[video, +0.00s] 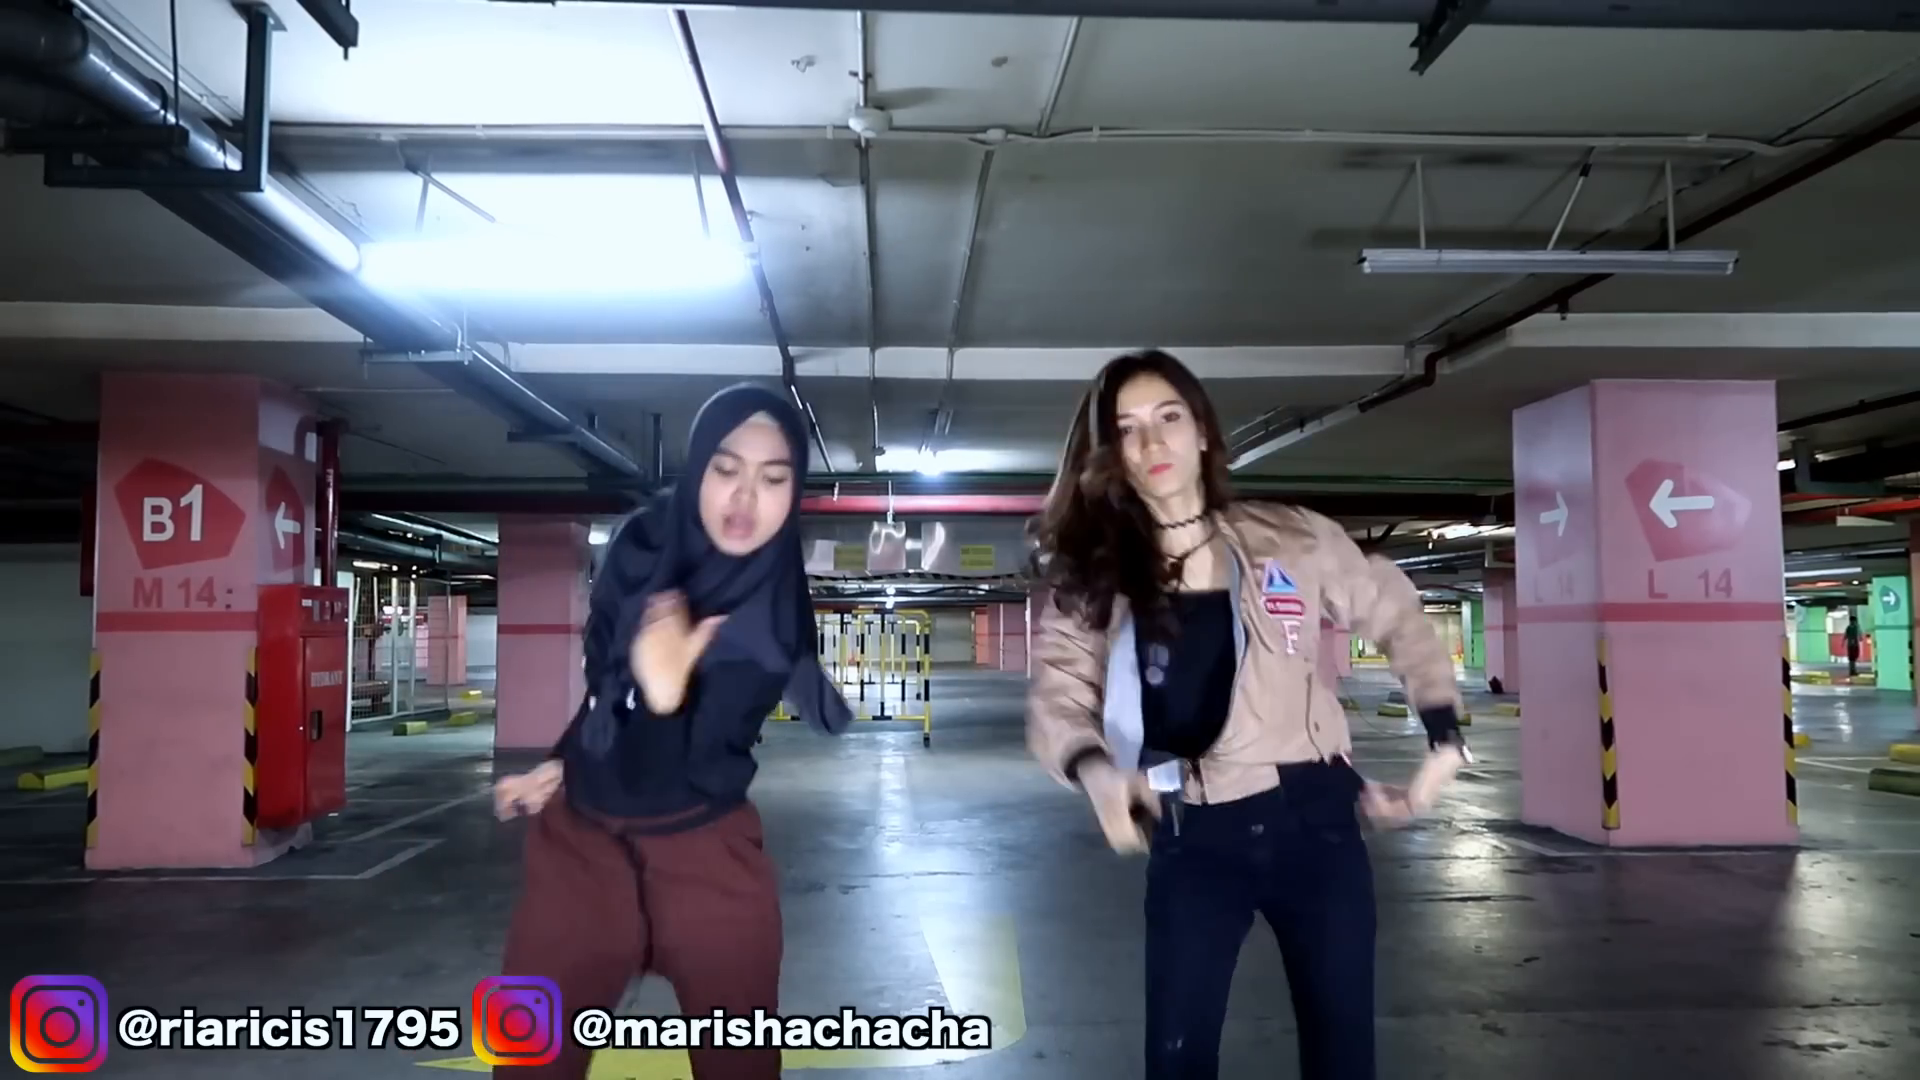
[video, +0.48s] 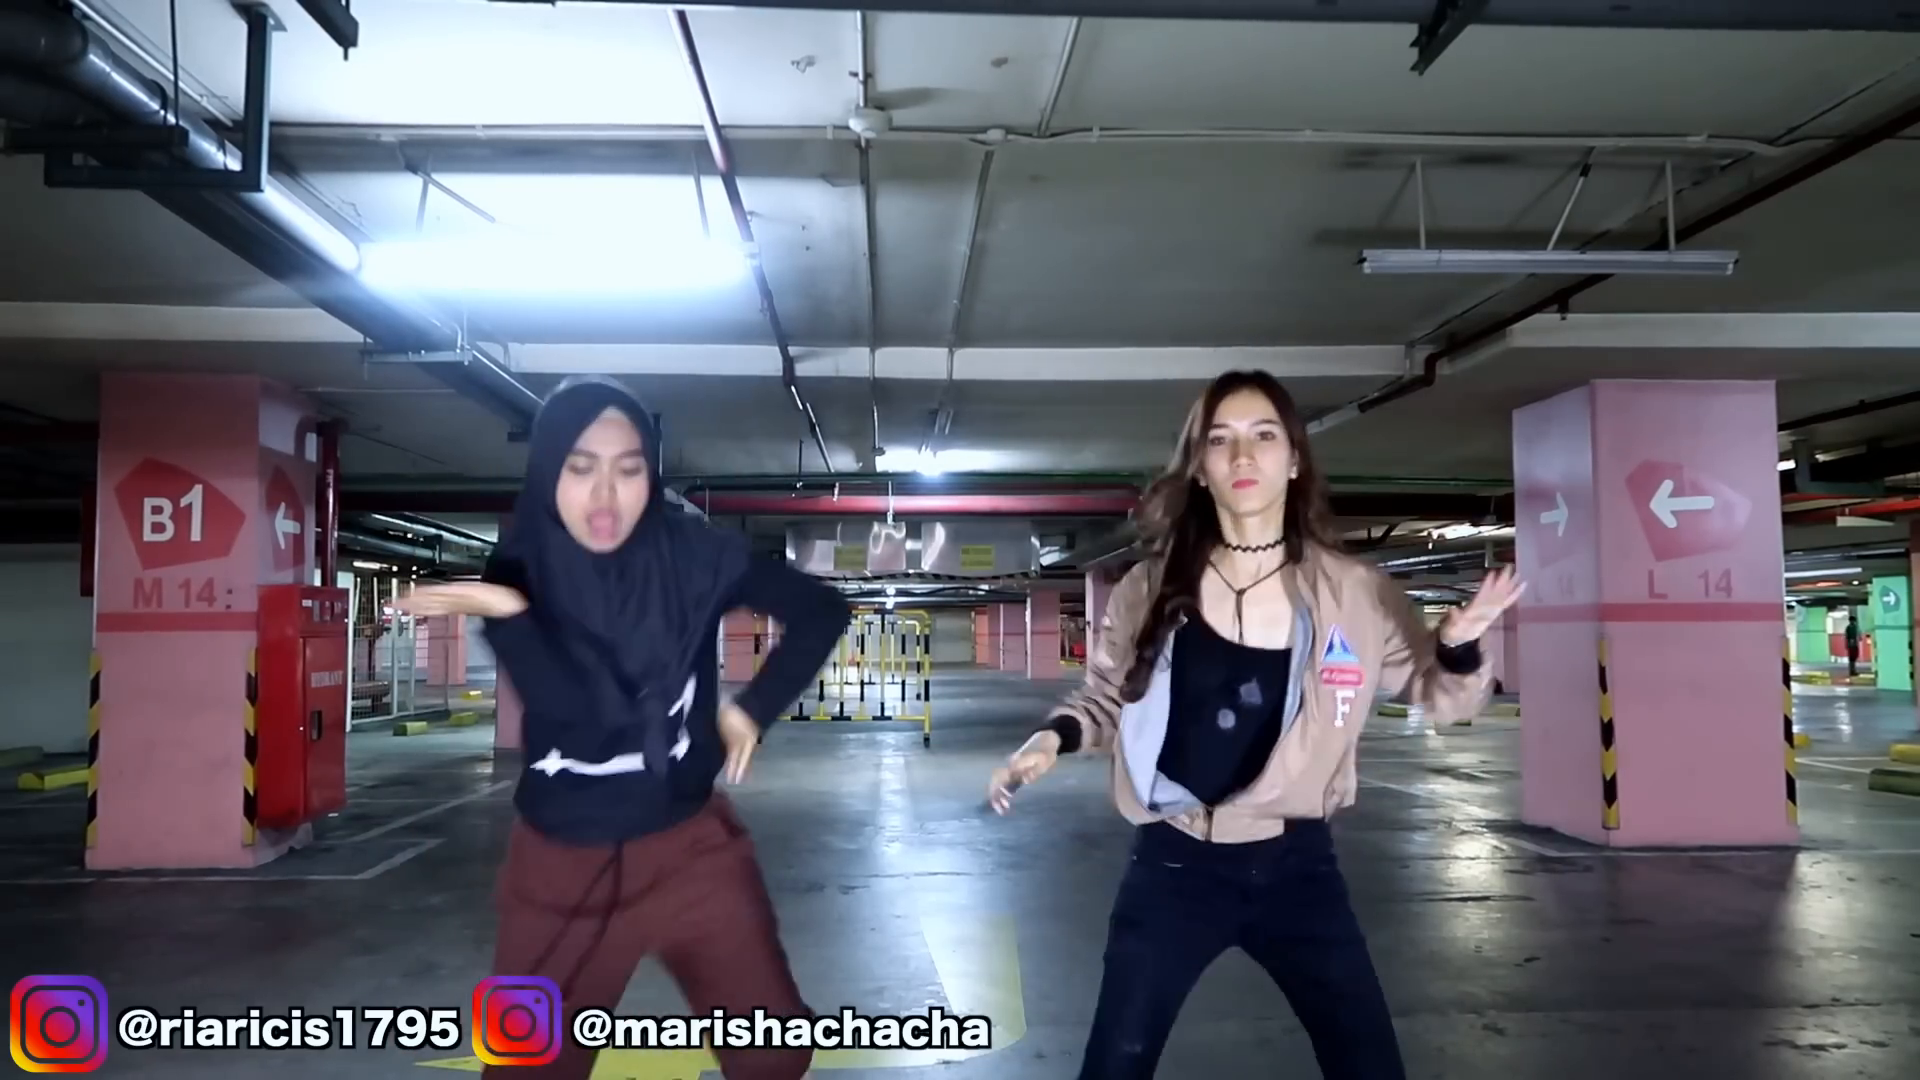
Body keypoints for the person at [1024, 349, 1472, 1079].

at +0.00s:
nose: (1152, 442)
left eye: (1169, 417)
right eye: (1129, 428)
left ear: (1203, 431)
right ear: (1109, 455)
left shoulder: (1296, 537)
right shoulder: (1095, 577)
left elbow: (1397, 613)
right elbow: (1056, 702)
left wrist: (1444, 735)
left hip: (1314, 820)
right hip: (1191, 838)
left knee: (1341, 1060)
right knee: (1176, 1060)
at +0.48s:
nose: (1242, 454)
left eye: (1263, 435)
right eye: (1221, 440)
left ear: (1294, 458)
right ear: (1198, 466)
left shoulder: (1354, 588)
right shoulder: (1149, 587)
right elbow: (1102, 698)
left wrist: (1460, 644)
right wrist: (1051, 740)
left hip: (1296, 867)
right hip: (1172, 866)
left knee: (1371, 1066)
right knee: (1116, 1060)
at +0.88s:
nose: (1182, 496)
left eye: (1203, 475)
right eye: (1162, 479)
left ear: (1234, 491)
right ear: (1141, 500)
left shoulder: (1293, 619)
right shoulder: (1100, 618)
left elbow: (1352, 722)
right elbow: (1032, 752)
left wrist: (1400, 657)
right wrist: (1019, 678)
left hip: (1232, 904)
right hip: (1106, 900)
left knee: (1333, 1068)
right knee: (1023, 1067)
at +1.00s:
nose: (1171, 506)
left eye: (1191, 487)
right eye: (1151, 490)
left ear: (1223, 507)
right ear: (1129, 512)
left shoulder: (1264, 642)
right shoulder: (1077, 623)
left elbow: (1310, 766)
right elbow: (987, 721)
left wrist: (1381, 697)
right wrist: (994, 663)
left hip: (1240, 911)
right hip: (1114, 914)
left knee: (1349, 1069)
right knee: (1030, 1070)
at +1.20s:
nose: (1144, 531)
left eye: (1166, 513)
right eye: (1126, 513)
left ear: (1195, 536)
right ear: (1104, 537)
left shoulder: (1257, 658)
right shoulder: (1065, 657)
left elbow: (1318, 779)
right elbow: (1029, 802)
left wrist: (1352, 704)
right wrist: (1010, 728)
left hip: (1210, 936)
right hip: (1083, 934)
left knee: (1323, 1074)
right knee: (1014, 1072)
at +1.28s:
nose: (1152, 534)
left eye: (1173, 515)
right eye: (1133, 516)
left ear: (1202, 532)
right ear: (1109, 539)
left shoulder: (1281, 632)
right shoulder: (1096, 655)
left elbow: (1384, 725)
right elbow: (1077, 826)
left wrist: (1390, 642)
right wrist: (1050, 770)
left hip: (1225, 928)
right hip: (1101, 921)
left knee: (1317, 1074)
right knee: (1018, 1070)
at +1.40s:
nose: (1188, 499)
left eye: (1207, 480)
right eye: (1168, 486)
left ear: (1239, 498)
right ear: (1148, 511)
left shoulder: (1318, 600)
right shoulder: (1122, 614)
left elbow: (1449, 657)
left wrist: (1441, 593)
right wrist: (1055, 755)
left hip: (1265, 896)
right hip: (1138, 891)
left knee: (1362, 1071)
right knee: (1049, 1064)